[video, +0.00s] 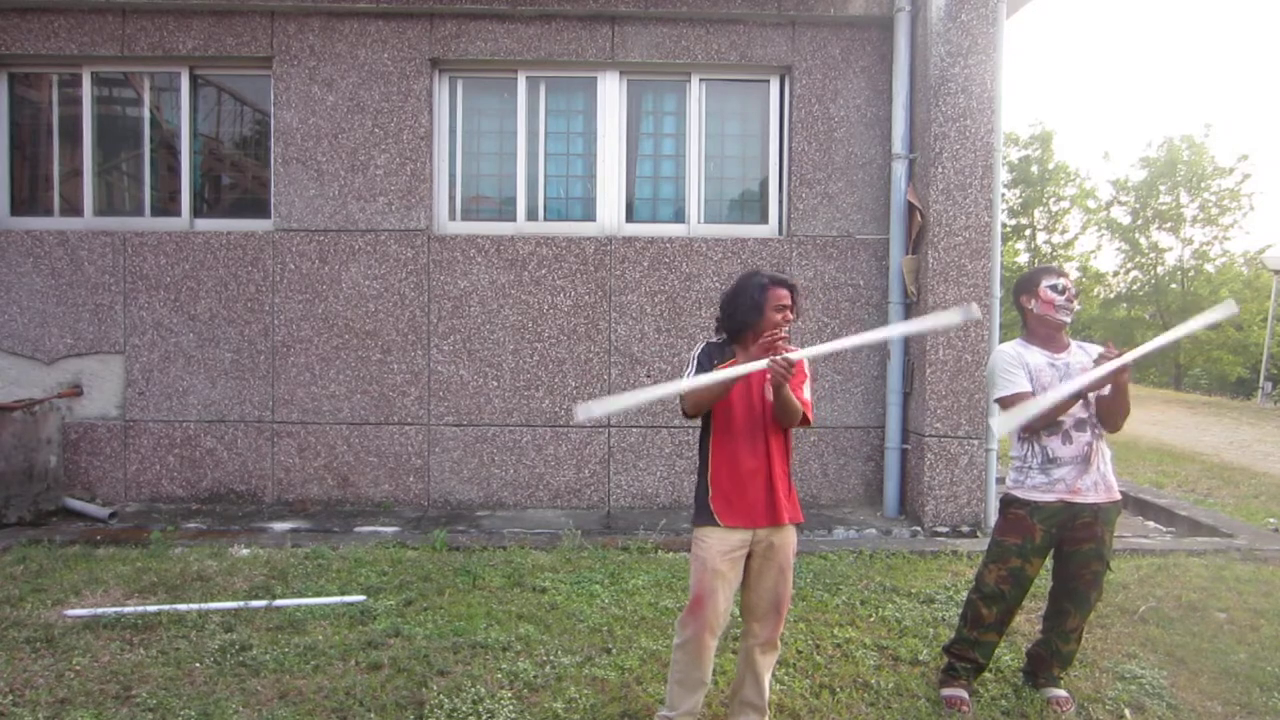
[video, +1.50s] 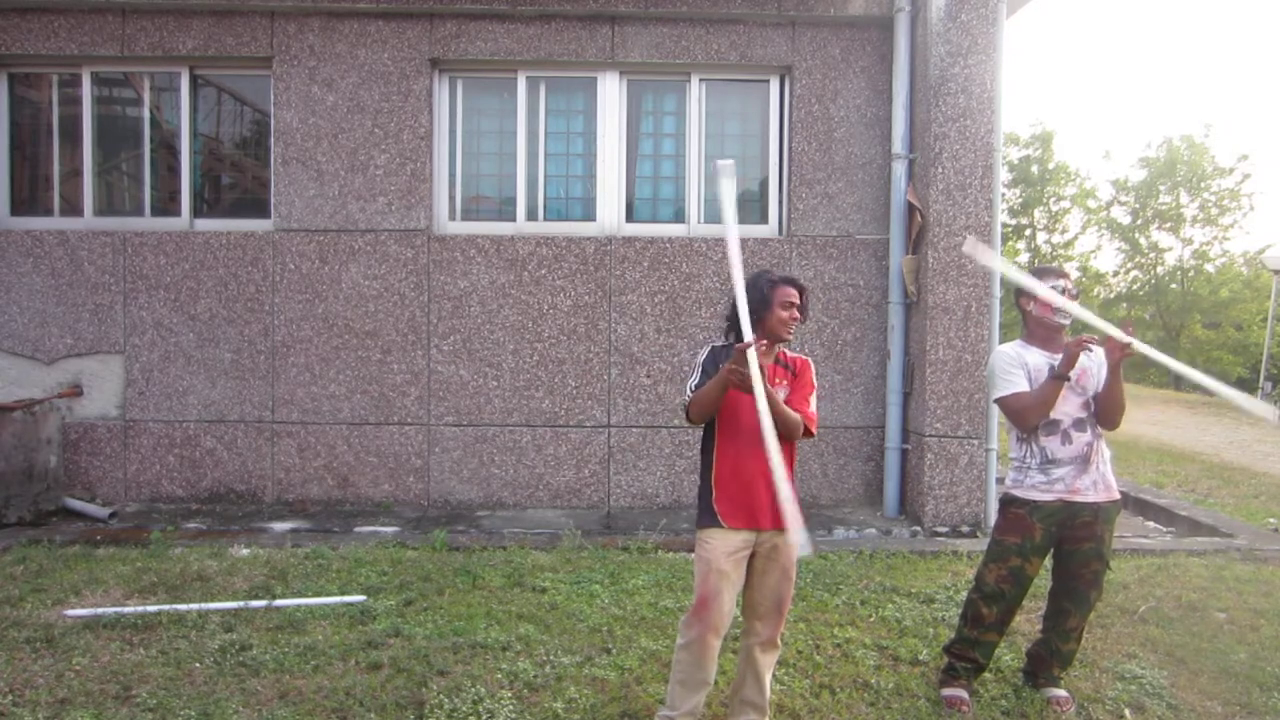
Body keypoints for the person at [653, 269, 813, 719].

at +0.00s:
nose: (786, 319)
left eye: (789, 311)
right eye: (777, 310)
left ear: (792, 316)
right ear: (747, 312)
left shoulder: (795, 362)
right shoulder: (713, 355)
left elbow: (793, 420)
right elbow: (690, 405)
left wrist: (782, 386)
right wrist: (742, 365)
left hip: (777, 513)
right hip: (721, 514)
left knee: (766, 630)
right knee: (703, 621)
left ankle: (749, 714)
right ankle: (678, 713)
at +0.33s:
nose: (792, 316)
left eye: (792, 307)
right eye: (785, 308)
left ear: (776, 314)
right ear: (755, 314)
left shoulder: (792, 357)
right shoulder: (712, 351)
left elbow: (804, 414)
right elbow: (669, 392)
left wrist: (776, 381)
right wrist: (722, 370)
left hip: (780, 515)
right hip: (724, 517)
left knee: (766, 631)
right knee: (707, 622)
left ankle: (750, 713)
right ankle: (677, 713)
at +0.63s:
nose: (792, 316)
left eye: (792, 308)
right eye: (783, 308)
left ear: (784, 314)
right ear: (753, 315)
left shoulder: (792, 358)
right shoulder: (711, 356)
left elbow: (802, 413)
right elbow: (677, 406)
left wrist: (774, 367)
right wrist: (721, 369)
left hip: (780, 517)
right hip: (724, 519)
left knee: (766, 631)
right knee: (706, 623)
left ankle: (750, 713)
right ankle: (678, 713)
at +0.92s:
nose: (796, 316)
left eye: (797, 308)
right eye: (788, 308)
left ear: (787, 314)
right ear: (757, 311)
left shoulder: (795, 361)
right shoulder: (714, 356)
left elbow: (804, 427)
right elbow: (686, 407)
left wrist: (766, 393)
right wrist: (732, 366)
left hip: (780, 516)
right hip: (724, 516)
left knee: (766, 631)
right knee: (707, 622)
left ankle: (749, 713)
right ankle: (678, 713)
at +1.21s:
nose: (797, 316)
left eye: (798, 308)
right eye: (789, 308)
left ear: (791, 314)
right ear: (759, 310)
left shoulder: (798, 364)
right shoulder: (717, 356)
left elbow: (801, 432)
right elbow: (692, 412)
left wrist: (773, 404)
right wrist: (733, 366)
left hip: (780, 516)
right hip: (724, 516)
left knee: (766, 630)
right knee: (708, 620)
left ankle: (749, 713)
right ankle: (678, 713)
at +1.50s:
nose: (796, 316)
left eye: (799, 309)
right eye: (787, 306)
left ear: (796, 317)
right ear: (757, 308)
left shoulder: (799, 366)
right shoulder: (718, 357)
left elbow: (796, 431)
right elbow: (694, 414)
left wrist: (765, 388)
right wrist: (728, 374)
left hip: (780, 518)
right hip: (724, 516)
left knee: (766, 632)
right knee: (708, 621)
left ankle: (749, 714)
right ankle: (677, 713)